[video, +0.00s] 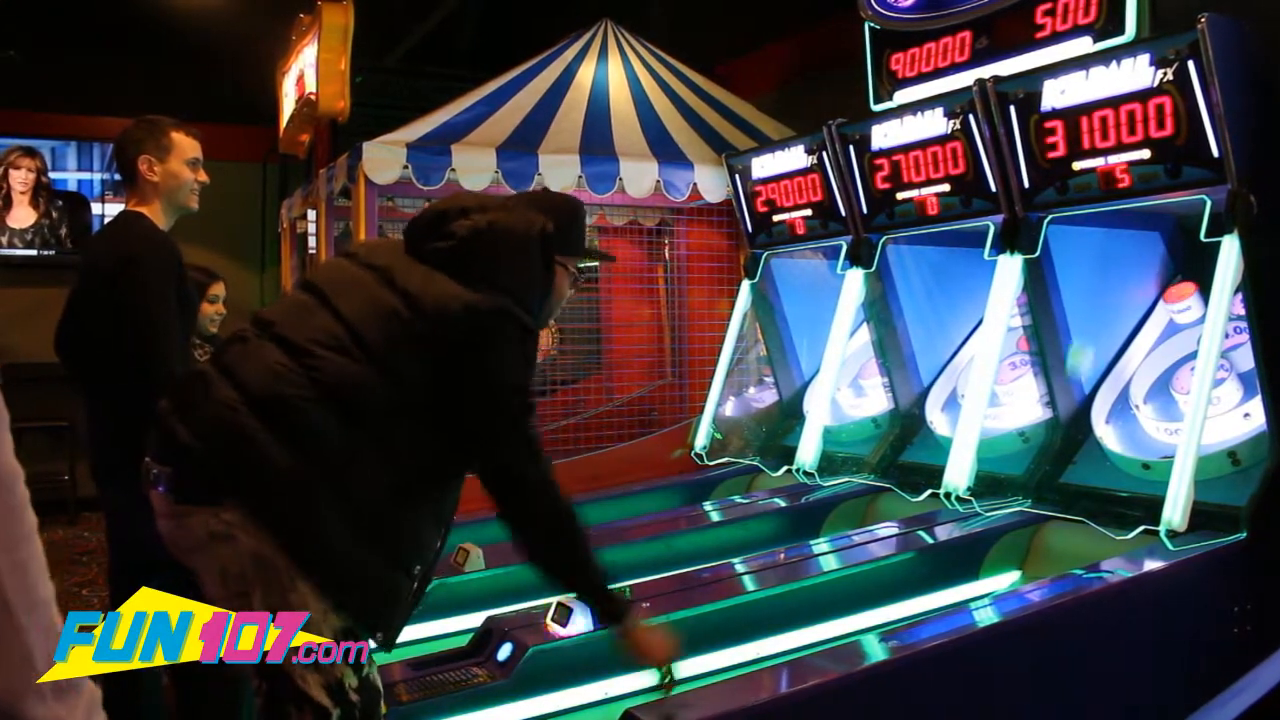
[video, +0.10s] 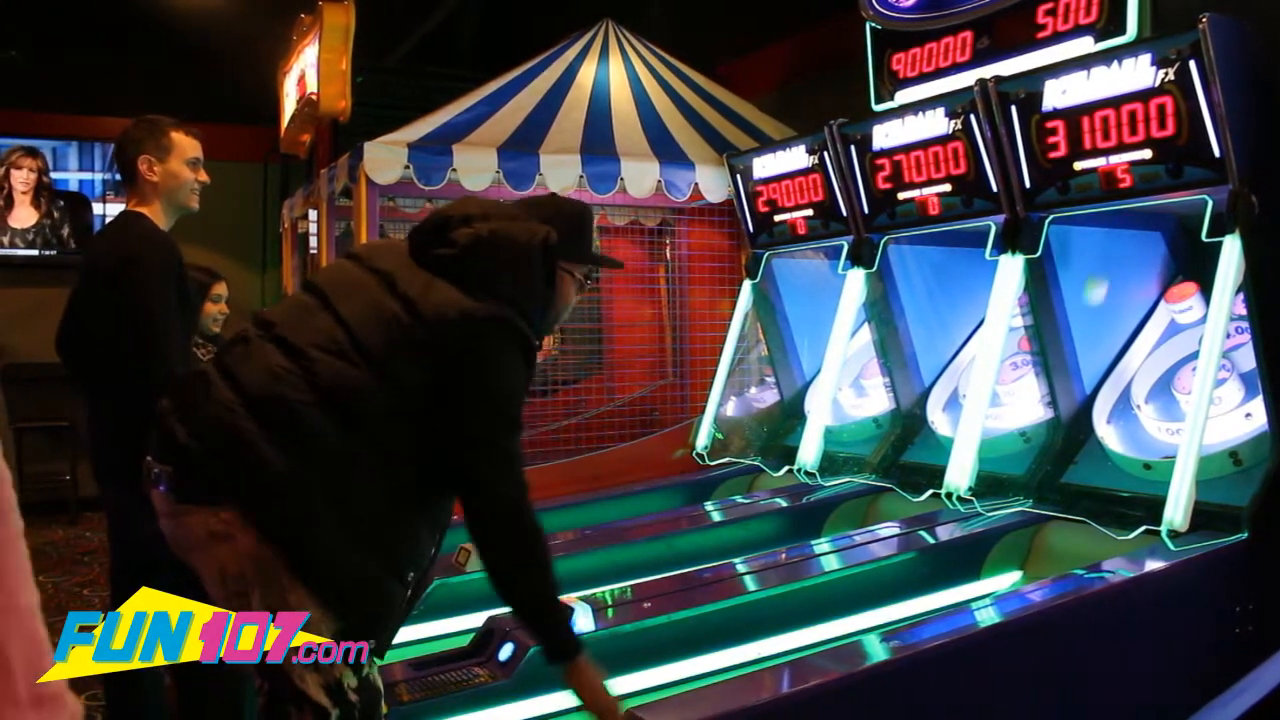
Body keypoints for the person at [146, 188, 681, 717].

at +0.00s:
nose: (571, 292)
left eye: (575, 277)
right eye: (567, 274)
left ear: (490, 244)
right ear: (532, 266)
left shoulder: (381, 264)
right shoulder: (482, 328)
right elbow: (529, 492)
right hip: (253, 510)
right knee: (330, 691)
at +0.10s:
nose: (579, 298)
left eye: (584, 283)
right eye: (576, 280)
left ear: (501, 256)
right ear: (536, 269)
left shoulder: (388, 261)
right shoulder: (486, 335)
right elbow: (501, 513)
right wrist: (570, 655)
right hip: (250, 504)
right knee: (334, 694)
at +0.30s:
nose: (586, 307)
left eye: (591, 290)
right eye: (585, 288)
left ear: (514, 256)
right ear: (552, 279)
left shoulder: (403, 260)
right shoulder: (486, 338)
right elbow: (494, 522)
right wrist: (558, 682)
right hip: (243, 503)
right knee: (332, 694)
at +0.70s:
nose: (587, 304)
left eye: (592, 288)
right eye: (586, 286)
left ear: (513, 247)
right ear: (557, 277)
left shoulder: (400, 258)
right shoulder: (488, 339)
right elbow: (474, 521)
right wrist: (548, 672)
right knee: (324, 697)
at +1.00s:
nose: (576, 293)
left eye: (582, 279)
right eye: (574, 276)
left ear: (514, 251)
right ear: (539, 264)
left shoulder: (401, 255)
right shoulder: (475, 332)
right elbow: (417, 505)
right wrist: (447, 662)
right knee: (322, 686)